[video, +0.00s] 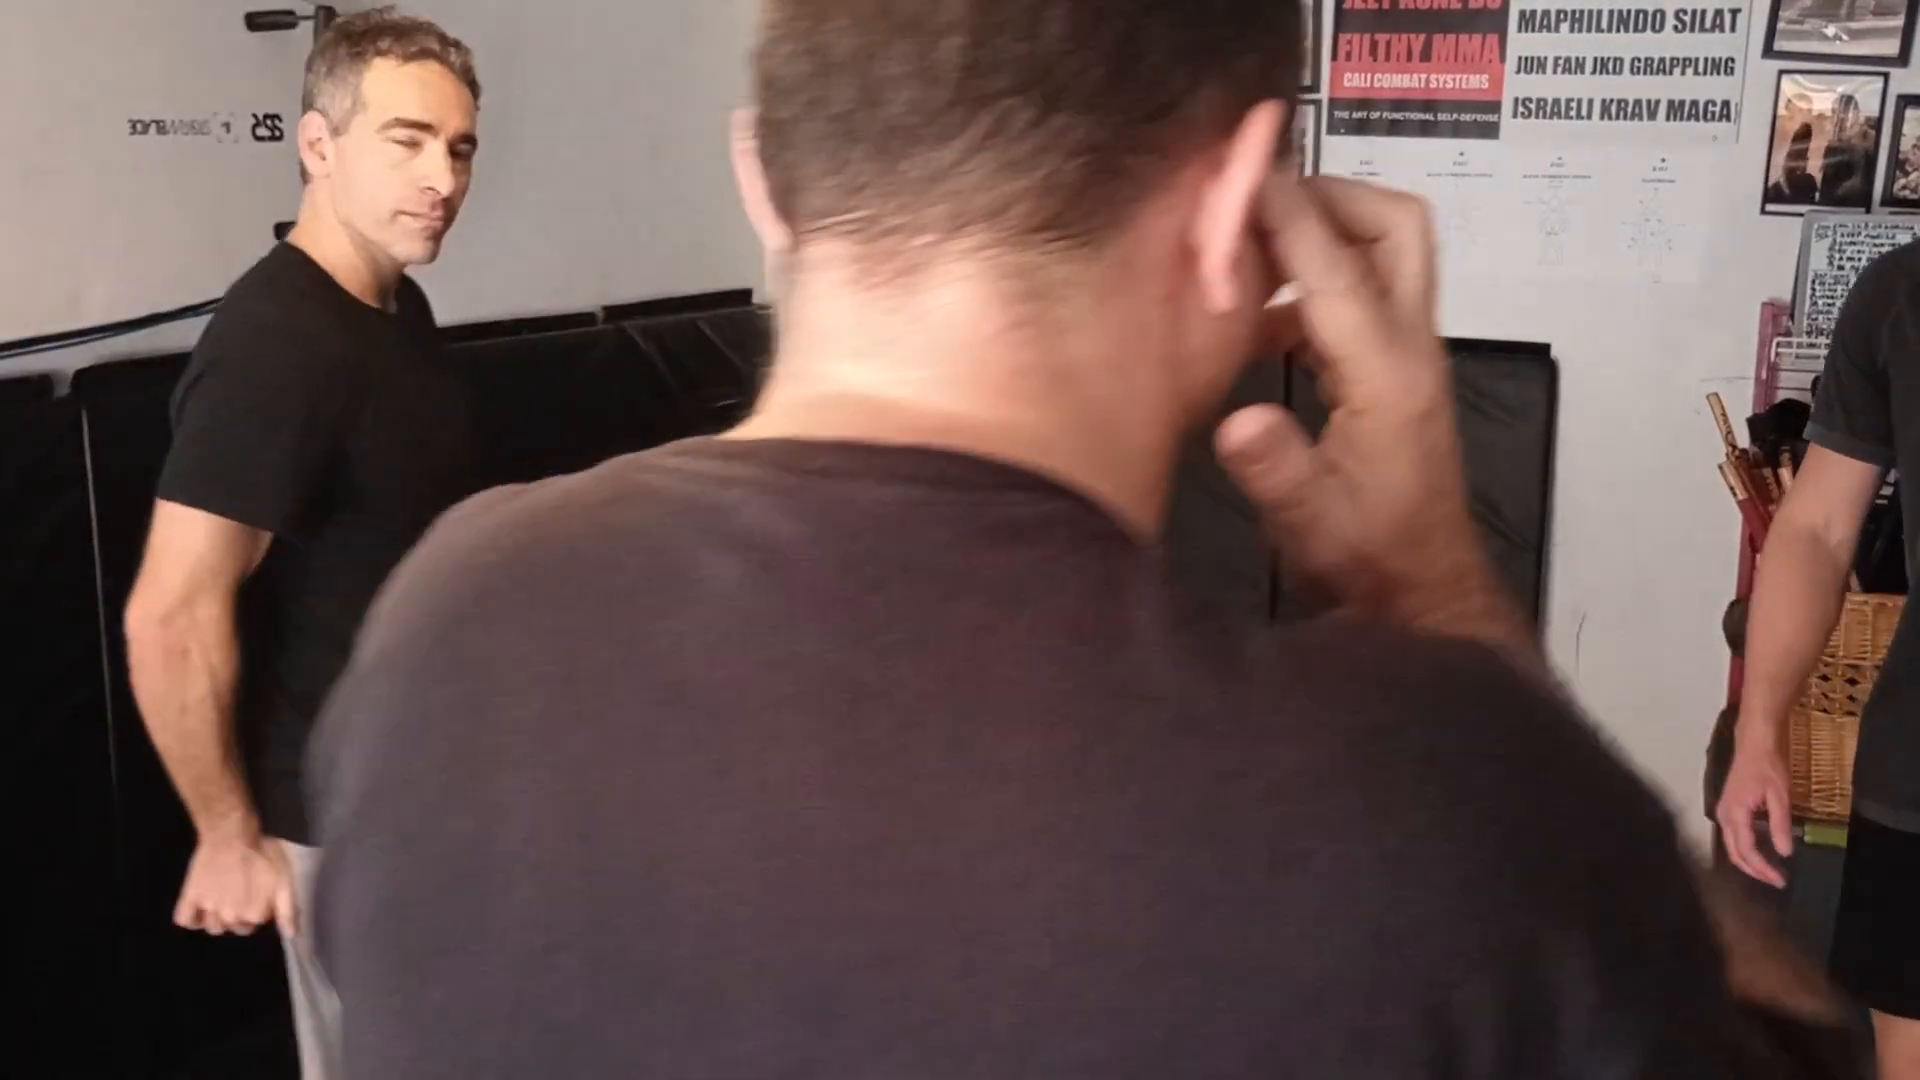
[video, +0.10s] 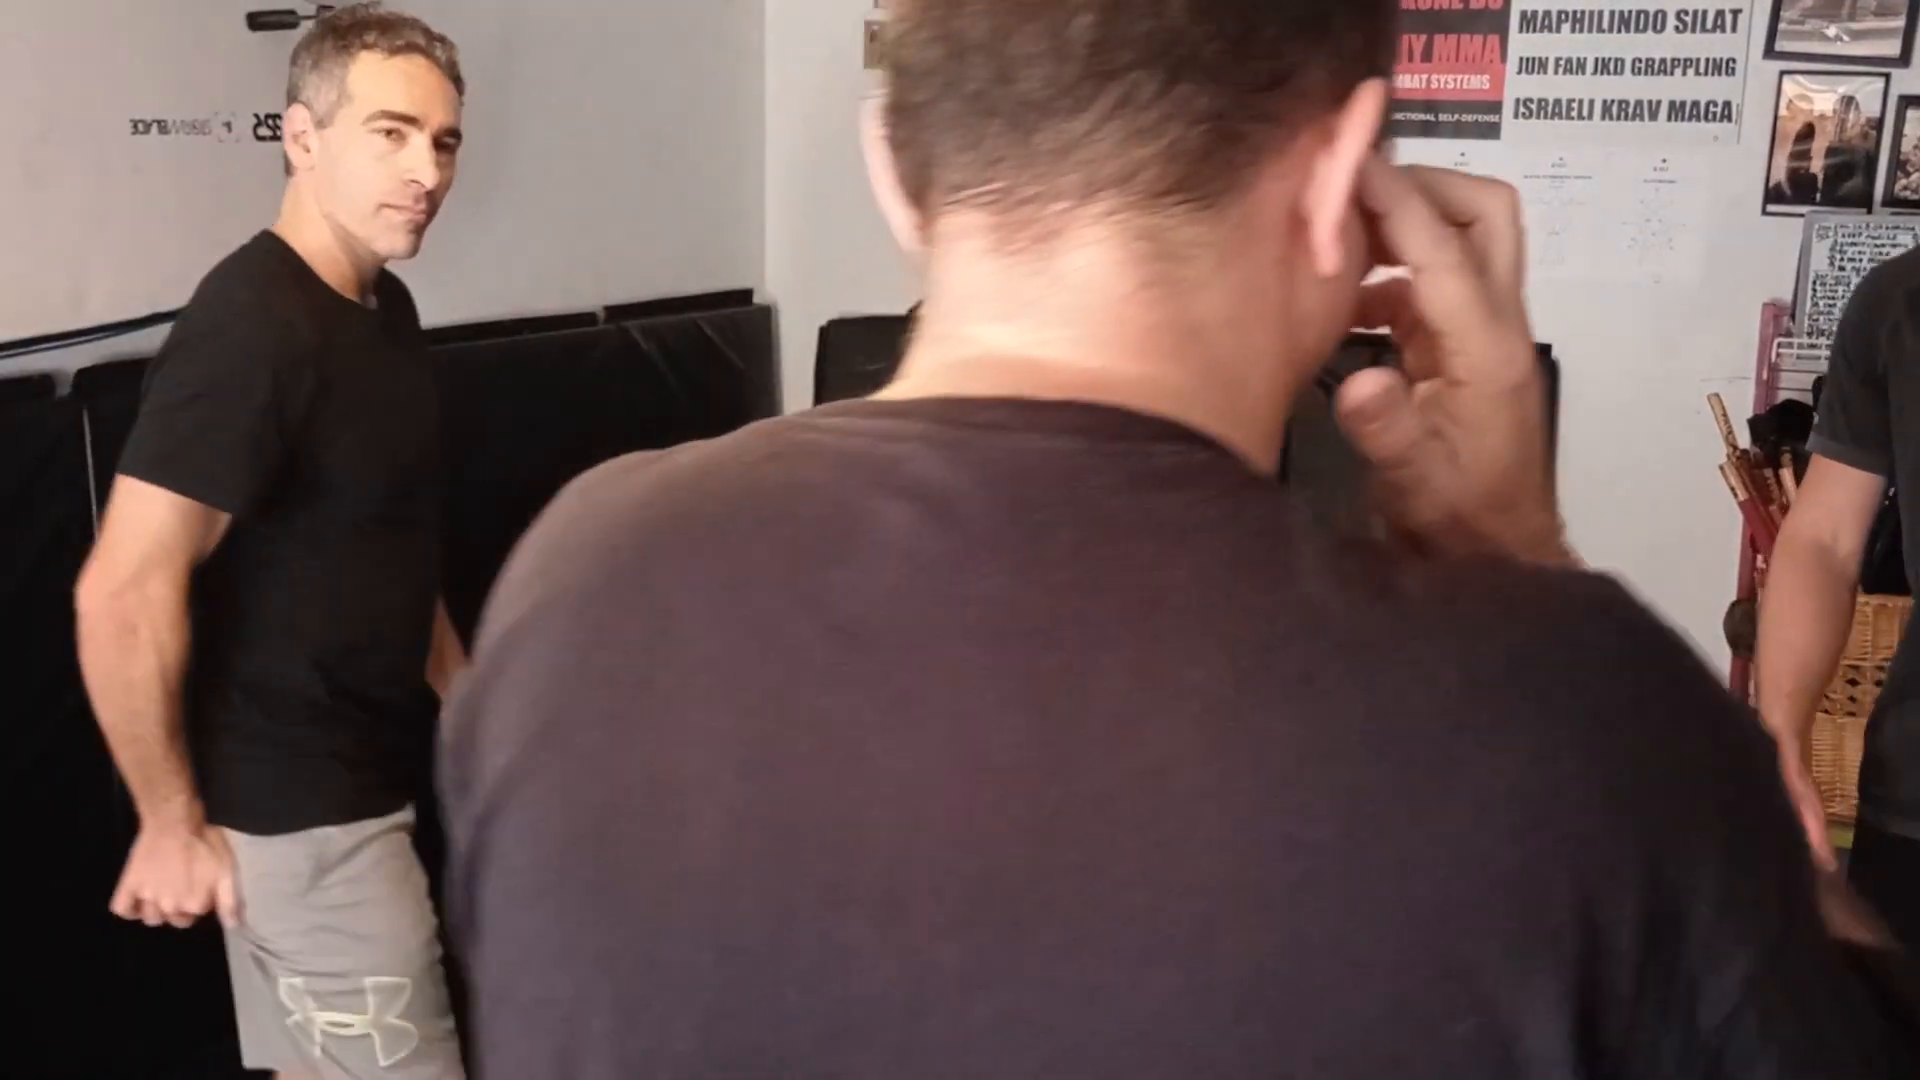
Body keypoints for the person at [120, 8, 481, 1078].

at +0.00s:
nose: (442, 179)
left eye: (459, 151)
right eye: (408, 140)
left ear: (472, 163)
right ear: (319, 144)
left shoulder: (400, 309)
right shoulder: (271, 336)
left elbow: (421, 550)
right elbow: (171, 614)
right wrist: (227, 835)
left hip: (434, 784)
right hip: (327, 824)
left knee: (468, 1049)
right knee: (370, 1060)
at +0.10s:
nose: (426, 172)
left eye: (444, 144)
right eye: (391, 134)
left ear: (454, 157)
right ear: (300, 138)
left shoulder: (383, 308)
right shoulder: (246, 318)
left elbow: (395, 561)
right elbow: (123, 585)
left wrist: (478, 733)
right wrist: (167, 819)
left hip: (363, 796)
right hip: (293, 821)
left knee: (324, 1061)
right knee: (393, 1062)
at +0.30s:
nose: (352, 169)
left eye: (368, 143)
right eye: (319, 132)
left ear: (379, 158)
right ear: (222, 135)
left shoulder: (301, 310)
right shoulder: (173, 314)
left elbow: (309, 552)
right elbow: (42, 579)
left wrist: (393, 709)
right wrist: (91, 840)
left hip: (287, 817)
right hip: (228, 838)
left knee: (263, 1059)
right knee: (319, 1060)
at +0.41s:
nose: (299, 175)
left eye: (313, 145)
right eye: (260, 135)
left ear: (327, 157)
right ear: (160, 147)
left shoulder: (231, 315)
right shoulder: (123, 331)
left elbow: (246, 558)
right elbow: (19, 592)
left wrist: (330, 720)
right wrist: (38, 866)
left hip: (248, 836)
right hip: (176, 861)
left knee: (255, 1058)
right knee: (215, 1067)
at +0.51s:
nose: (243, 193)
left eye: (255, 157)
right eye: (201, 150)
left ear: (264, 166)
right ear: (94, 158)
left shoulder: (161, 340)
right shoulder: (60, 366)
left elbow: (160, 591)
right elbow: (1, 615)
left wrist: (250, 747)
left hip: (198, 898)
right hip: (85, 930)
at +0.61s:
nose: (191, 202)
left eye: (199, 169)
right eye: (148, 158)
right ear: (32, 173)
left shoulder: (102, 381)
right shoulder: (18, 389)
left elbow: (89, 643)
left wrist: (165, 802)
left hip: (142, 933)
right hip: (35, 958)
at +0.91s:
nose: (38, 165)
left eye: (45, 126)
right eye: (6, 118)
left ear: (54, 143)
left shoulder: (26, 390)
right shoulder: (19, 393)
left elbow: (37, 628)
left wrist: (35, 862)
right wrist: (32, 864)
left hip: (27, 902)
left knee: (80, 1061)